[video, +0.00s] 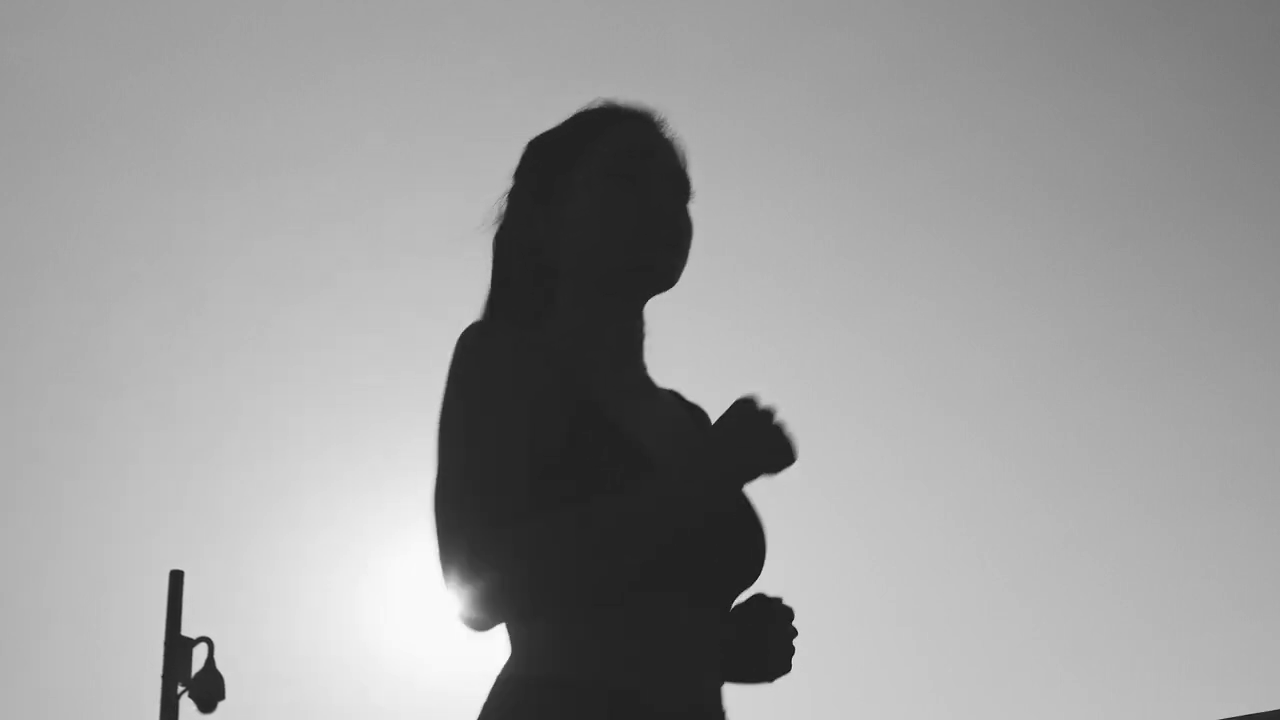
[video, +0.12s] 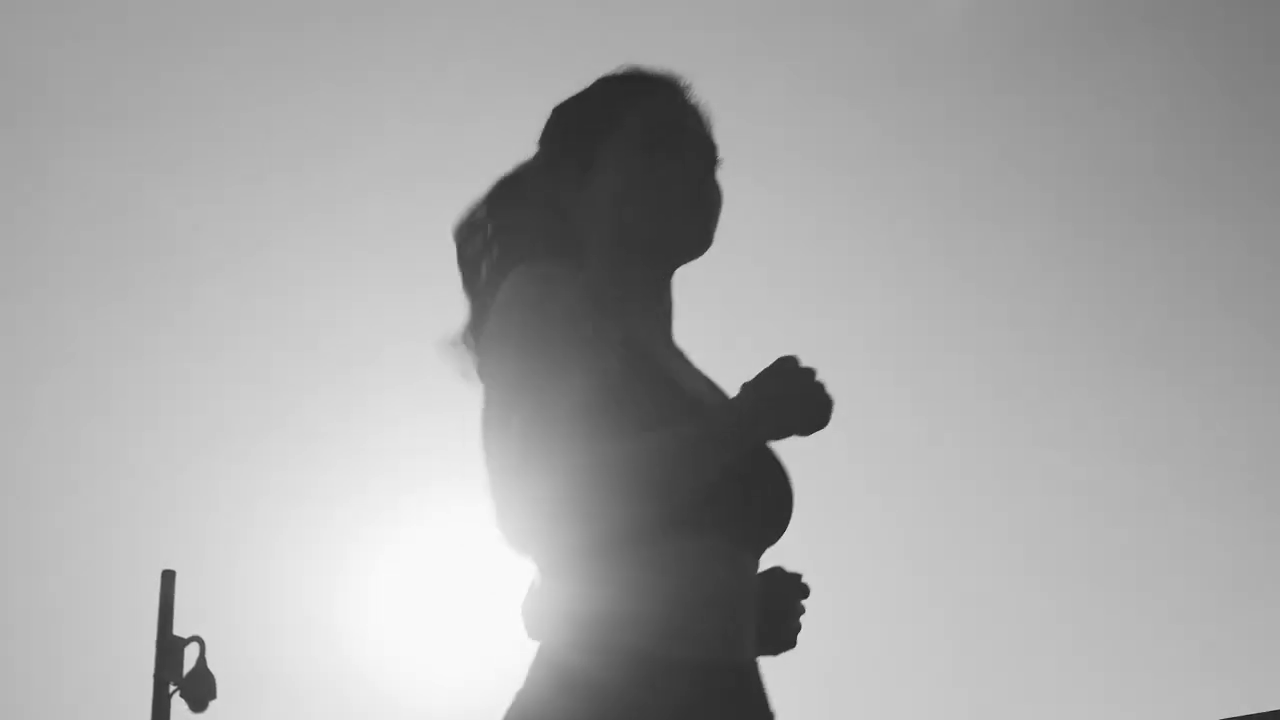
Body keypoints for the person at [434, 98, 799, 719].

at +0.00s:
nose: (671, 215)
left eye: (680, 196)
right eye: (635, 189)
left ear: (689, 214)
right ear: (563, 210)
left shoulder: (677, 416)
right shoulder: (503, 357)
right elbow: (480, 584)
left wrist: (723, 642)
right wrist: (707, 469)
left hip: (684, 703)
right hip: (555, 696)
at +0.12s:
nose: (712, 186)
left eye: (713, 165)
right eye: (685, 161)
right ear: (610, 178)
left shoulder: (641, 338)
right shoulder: (546, 303)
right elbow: (539, 510)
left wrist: (742, 606)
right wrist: (742, 423)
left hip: (708, 681)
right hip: (616, 683)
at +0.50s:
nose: (797, 165)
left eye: (794, 146)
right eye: (760, 143)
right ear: (670, 176)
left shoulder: (749, 335)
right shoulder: (650, 291)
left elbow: (709, 554)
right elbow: (547, 491)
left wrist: (837, 605)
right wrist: (821, 503)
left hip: (798, 685)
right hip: (702, 683)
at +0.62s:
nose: (820, 181)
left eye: (815, 160)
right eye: (779, 160)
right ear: (695, 210)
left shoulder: (784, 385)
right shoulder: (668, 334)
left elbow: (776, 667)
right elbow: (520, 539)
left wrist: (889, 667)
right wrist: (731, 602)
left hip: (809, 714)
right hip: (706, 706)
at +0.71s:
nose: (837, 198)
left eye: (833, 177)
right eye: (796, 175)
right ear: (717, 217)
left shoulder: (821, 425)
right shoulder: (671, 350)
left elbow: (823, 698)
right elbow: (483, 560)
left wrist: (935, 669)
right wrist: (690, 638)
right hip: (702, 705)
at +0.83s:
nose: (853, 187)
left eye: (851, 168)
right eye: (815, 167)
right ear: (729, 206)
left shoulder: (869, 430)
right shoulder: (667, 342)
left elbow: (912, 701)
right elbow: (448, 533)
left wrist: (989, 591)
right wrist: (647, 621)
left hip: (859, 714)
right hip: (720, 706)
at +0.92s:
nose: (859, 160)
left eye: (858, 142)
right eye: (815, 137)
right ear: (731, 179)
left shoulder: (885, 404)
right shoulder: (667, 318)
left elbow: (963, 671)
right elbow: (435, 500)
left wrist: (1005, 520)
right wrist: (632, 590)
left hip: (863, 702)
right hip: (724, 694)